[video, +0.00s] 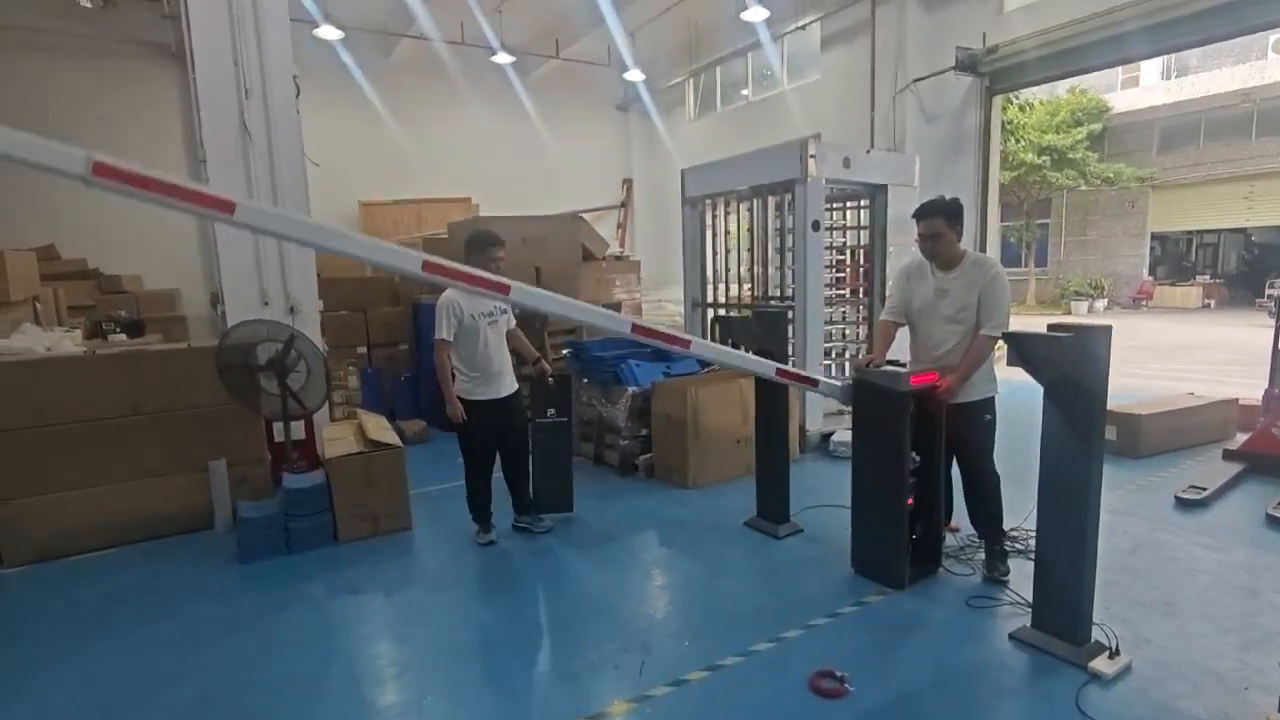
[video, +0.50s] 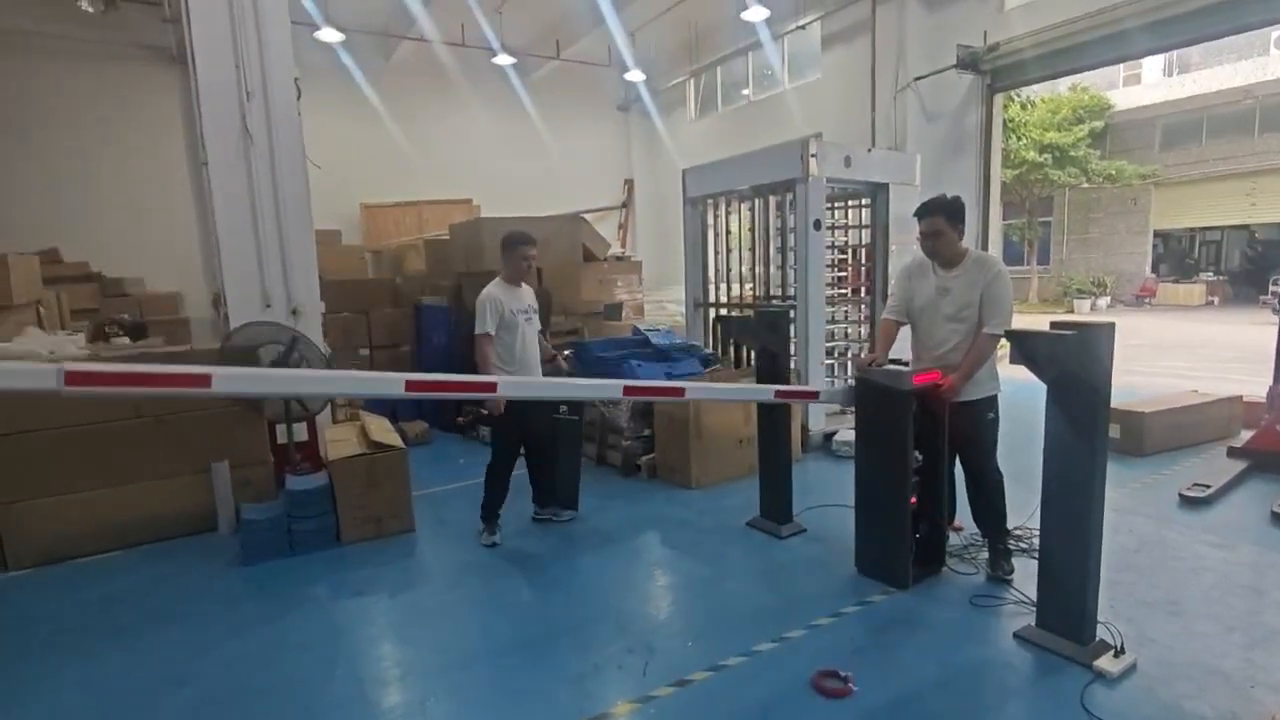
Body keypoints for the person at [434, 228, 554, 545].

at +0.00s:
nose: (501, 266)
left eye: (502, 260)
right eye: (495, 260)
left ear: (500, 260)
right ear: (475, 259)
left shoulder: (499, 293)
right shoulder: (452, 300)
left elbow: (512, 332)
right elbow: (441, 352)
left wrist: (536, 358)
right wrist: (450, 397)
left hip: (508, 395)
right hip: (473, 400)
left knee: (517, 459)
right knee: (479, 466)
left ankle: (523, 513)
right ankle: (483, 524)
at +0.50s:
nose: (532, 265)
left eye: (533, 259)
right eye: (526, 259)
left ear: (532, 260)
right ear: (507, 258)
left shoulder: (528, 292)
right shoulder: (490, 296)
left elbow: (533, 336)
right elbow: (483, 348)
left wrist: (551, 354)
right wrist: (492, 390)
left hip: (536, 388)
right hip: (507, 391)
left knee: (540, 450)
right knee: (503, 458)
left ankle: (543, 505)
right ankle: (490, 520)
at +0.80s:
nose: (551, 263)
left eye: (553, 257)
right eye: (545, 257)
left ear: (553, 258)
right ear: (528, 256)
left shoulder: (549, 291)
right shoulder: (510, 293)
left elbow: (554, 334)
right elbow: (503, 342)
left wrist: (573, 356)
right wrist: (514, 385)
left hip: (552, 385)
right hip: (528, 388)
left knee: (552, 449)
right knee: (537, 453)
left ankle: (546, 504)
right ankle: (532, 514)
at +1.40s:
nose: (577, 263)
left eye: (580, 257)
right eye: (571, 257)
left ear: (582, 256)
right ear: (553, 256)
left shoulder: (579, 288)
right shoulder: (536, 294)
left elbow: (592, 330)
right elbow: (527, 344)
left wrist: (612, 356)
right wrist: (537, 389)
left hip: (586, 386)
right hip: (557, 391)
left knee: (595, 442)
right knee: (565, 452)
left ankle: (560, 492)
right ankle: (579, 514)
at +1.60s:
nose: (590, 260)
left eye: (592, 254)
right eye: (584, 254)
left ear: (589, 254)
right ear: (565, 253)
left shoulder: (589, 286)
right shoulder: (545, 292)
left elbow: (600, 329)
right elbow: (537, 342)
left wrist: (617, 360)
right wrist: (550, 386)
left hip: (597, 386)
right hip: (566, 391)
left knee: (607, 446)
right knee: (569, 456)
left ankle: (600, 503)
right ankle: (577, 514)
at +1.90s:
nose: (607, 257)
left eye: (609, 251)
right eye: (601, 251)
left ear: (608, 251)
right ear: (582, 250)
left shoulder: (605, 285)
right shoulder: (562, 289)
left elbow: (607, 333)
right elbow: (553, 339)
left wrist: (616, 368)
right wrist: (571, 383)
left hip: (612, 386)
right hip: (582, 390)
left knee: (618, 451)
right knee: (581, 455)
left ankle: (617, 509)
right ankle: (579, 514)